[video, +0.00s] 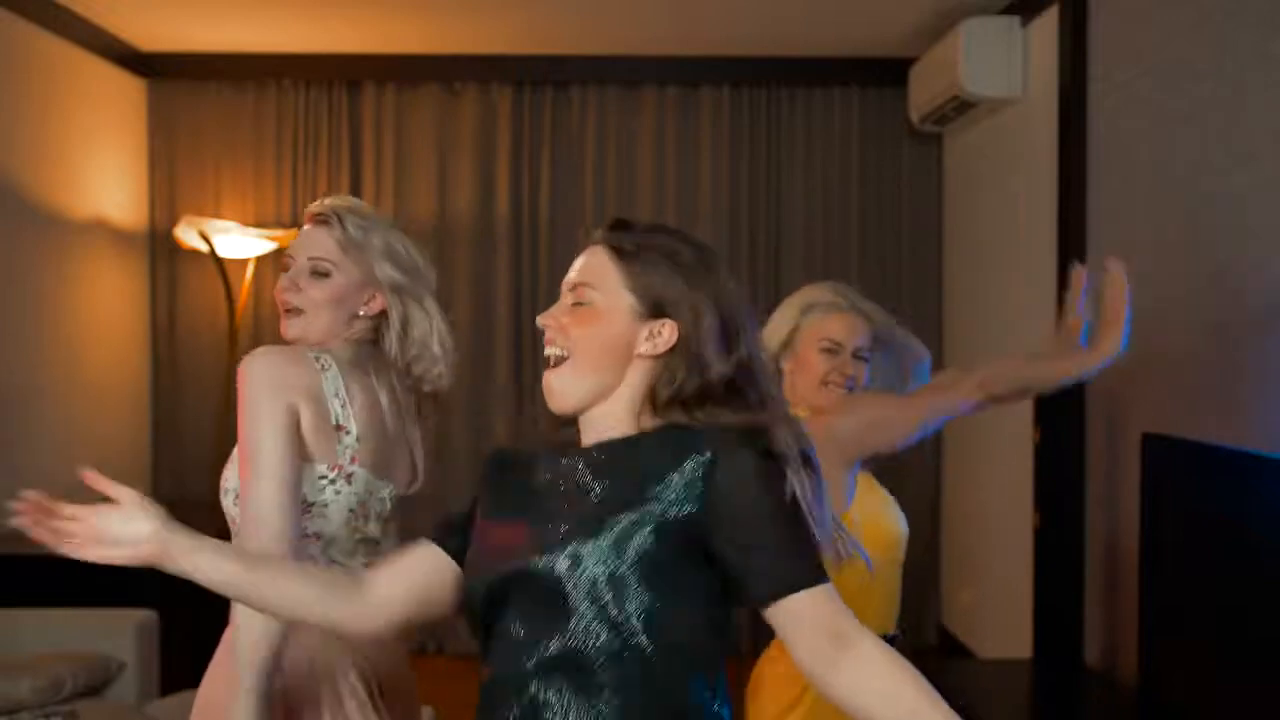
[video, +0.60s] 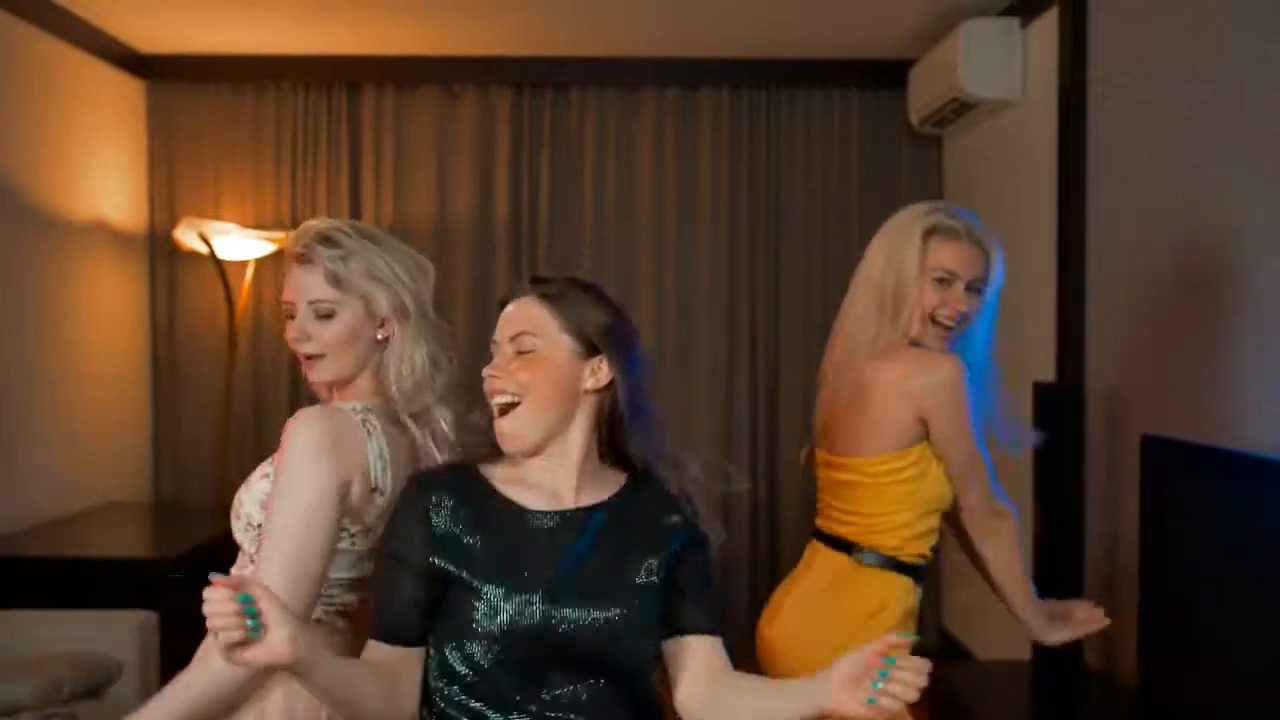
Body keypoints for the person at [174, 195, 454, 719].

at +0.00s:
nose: (287, 284)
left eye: (319, 272)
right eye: (288, 268)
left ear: (372, 301)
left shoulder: (274, 371)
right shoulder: (395, 384)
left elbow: (266, 571)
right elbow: (408, 478)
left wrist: (238, 701)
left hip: (285, 657)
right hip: (374, 651)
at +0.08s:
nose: (277, 294)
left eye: (308, 282)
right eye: (278, 277)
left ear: (365, 310)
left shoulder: (271, 390)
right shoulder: (391, 405)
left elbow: (232, 584)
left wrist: (172, 711)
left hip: (271, 680)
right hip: (362, 674)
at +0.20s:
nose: (271, 306)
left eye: (301, 289)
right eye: (270, 288)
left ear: (359, 313)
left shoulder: (290, 412)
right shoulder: (399, 427)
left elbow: (172, 594)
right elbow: (392, 600)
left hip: (263, 691)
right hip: (363, 686)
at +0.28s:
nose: (277, 307)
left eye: (303, 288)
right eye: (272, 289)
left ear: (366, 304)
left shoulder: (307, 419)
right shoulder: (413, 425)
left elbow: (161, 581)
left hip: (245, 688)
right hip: (343, 689)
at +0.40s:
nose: (289, 322)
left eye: (314, 301)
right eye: (284, 303)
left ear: (379, 312)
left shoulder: (326, 432)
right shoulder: (403, 427)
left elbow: (197, 587)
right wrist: (113, 627)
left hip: (248, 667)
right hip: (324, 662)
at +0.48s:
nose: (292, 335)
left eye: (317, 313)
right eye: (288, 314)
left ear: (384, 323)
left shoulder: (327, 452)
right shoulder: (413, 440)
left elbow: (213, 634)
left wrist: (46, 624)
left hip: (234, 690)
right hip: (305, 687)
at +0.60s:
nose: (297, 335)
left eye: (324, 313)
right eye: (291, 315)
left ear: (385, 323)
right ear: (285, 316)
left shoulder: (322, 433)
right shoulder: (423, 430)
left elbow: (260, 639)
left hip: (276, 695)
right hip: (354, 694)